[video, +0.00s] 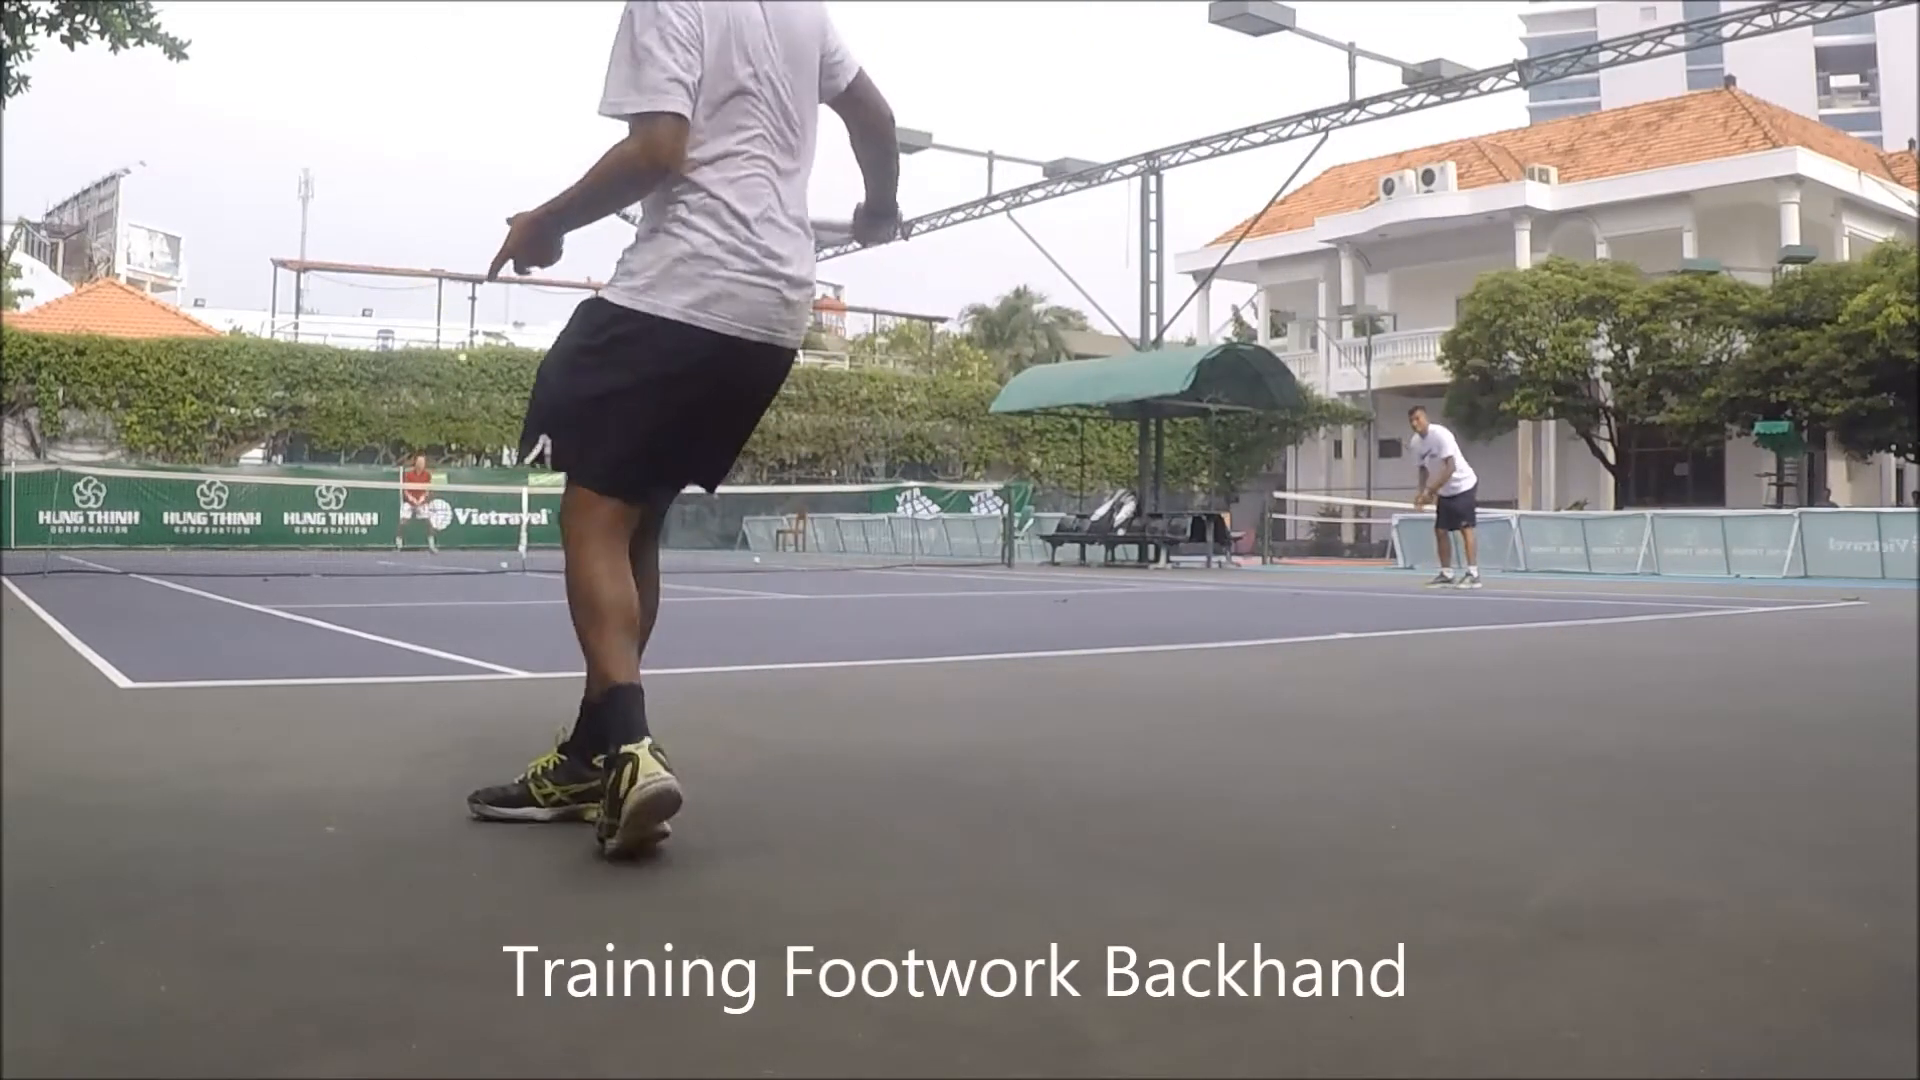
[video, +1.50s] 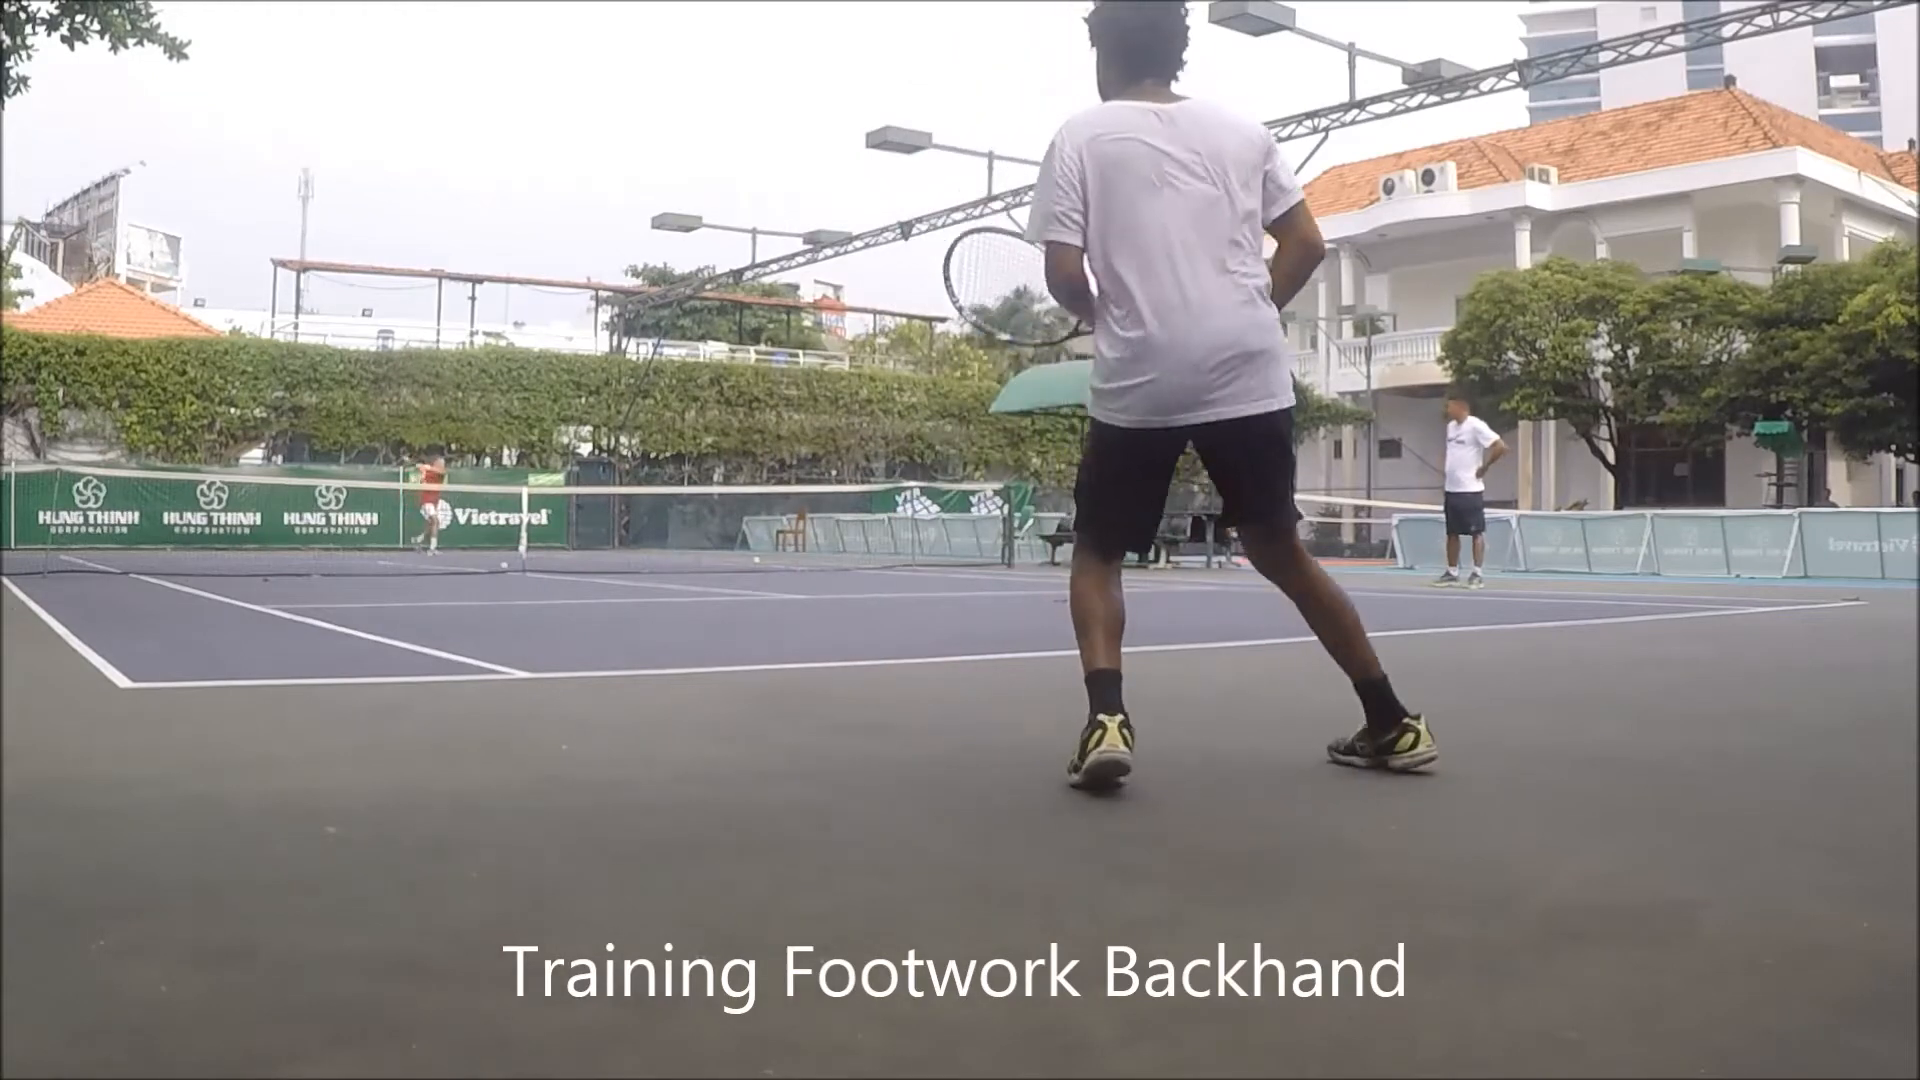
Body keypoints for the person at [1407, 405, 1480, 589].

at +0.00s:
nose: (1415, 423)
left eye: (1418, 418)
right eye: (1412, 420)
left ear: (1426, 418)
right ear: (1411, 423)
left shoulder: (1440, 434)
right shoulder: (1415, 442)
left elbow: (1451, 466)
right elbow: (1422, 469)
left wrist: (1431, 490)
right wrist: (1421, 492)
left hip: (1463, 485)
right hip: (1444, 489)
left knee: (1466, 528)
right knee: (1440, 530)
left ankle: (1473, 573)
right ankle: (1446, 573)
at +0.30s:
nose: (1430, 410)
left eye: (1433, 406)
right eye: (1428, 407)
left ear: (1441, 407)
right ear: (1425, 411)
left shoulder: (1455, 426)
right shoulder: (1424, 433)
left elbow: (1463, 456)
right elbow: (1423, 462)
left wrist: (1442, 477)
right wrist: (1422, 484)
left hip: (1462, 487)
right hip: (1441, 490)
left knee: (1466, 529)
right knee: (1442, 531)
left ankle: (1476, 570)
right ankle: (1446, 572)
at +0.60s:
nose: (1442, 409)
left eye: (1446, 404)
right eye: (1441, 405)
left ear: (1456, 405)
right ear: (1441, 407)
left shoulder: (1472, 425)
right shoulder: (1438, 429)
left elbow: (1490, 449)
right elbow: (1434, 460)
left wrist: (1479, 472)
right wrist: (1429, 487)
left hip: (1468, 489)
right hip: (1445, 490)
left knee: (1474, 533)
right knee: (1446, 532)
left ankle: (1477, 572)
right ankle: (1446, 573)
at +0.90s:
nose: (1448, 411)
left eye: (1451, 407)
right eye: (1448, 407)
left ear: (1463, 407)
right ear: (1455, 409)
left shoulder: (1480, 426)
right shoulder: (1450, 427)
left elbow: (1508, 445)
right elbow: (1445, 451)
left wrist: (1496, 468)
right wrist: (1444, 475)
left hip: (1477, 489)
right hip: (1455, 489)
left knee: (1482, 534)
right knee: (1452, 531)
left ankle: (1478, 572)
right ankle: (1448, 572)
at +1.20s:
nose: (1452, 411)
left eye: (1454, 406)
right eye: (1452, 407)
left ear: (1466, 407)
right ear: (1457, 409)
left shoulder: (1483, 426)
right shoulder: (1454, 425)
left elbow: (1509, 447)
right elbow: (1450, 449)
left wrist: (1493, 469)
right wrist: (1450, 469)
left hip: (1478, 488)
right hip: (1455, 487)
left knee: (1481, 533)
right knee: (1445, 529)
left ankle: (1478, 572)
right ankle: (1452, 570)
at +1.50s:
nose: (1447, 410)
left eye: (1450, 406)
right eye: (1447, 406)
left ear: (1461, 407)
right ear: (1455, 408)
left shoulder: (1475, 425)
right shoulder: (1451, 426)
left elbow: (1500, 446)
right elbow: (1454, 450)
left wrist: (1484, 467)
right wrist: (1449, 469)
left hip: (1470, 487)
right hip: (1451, 487)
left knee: (1476, 533)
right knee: (1452, 533)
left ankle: (1477, 572)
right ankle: (1452, 571)